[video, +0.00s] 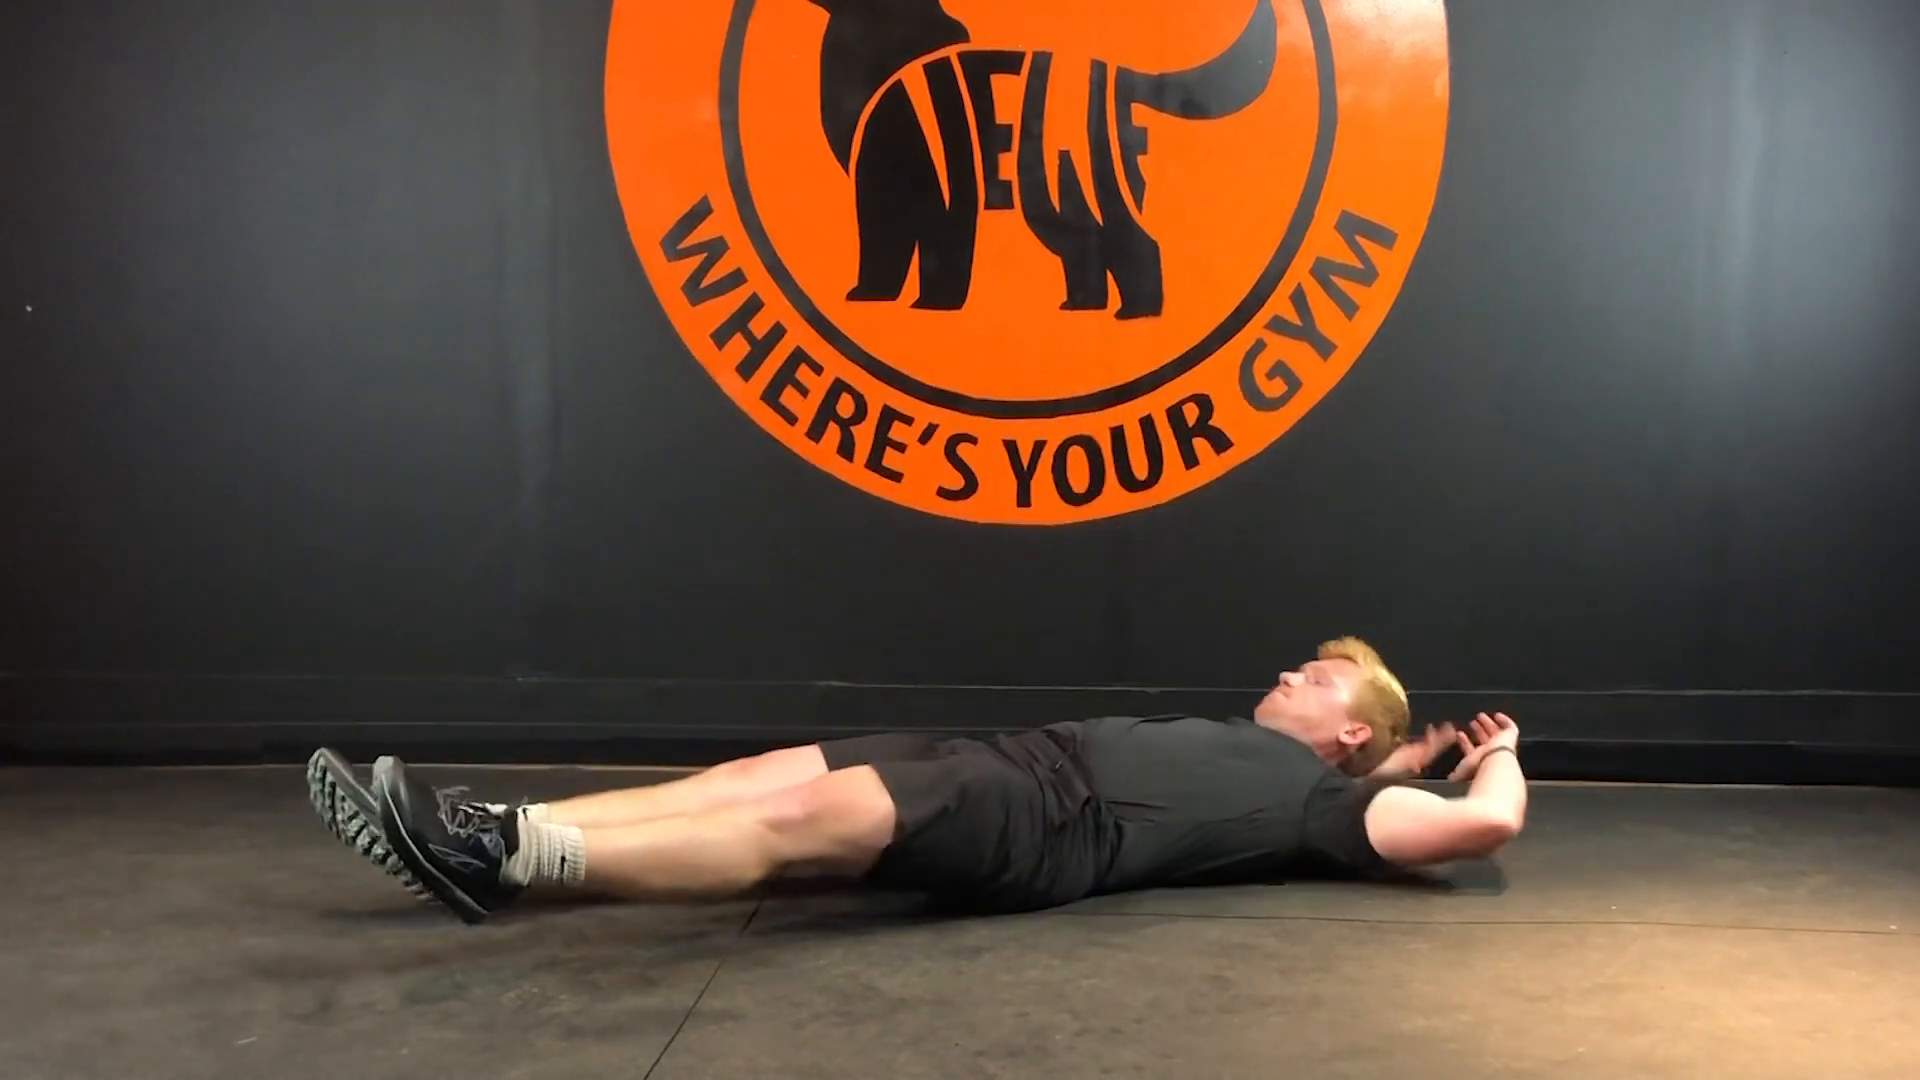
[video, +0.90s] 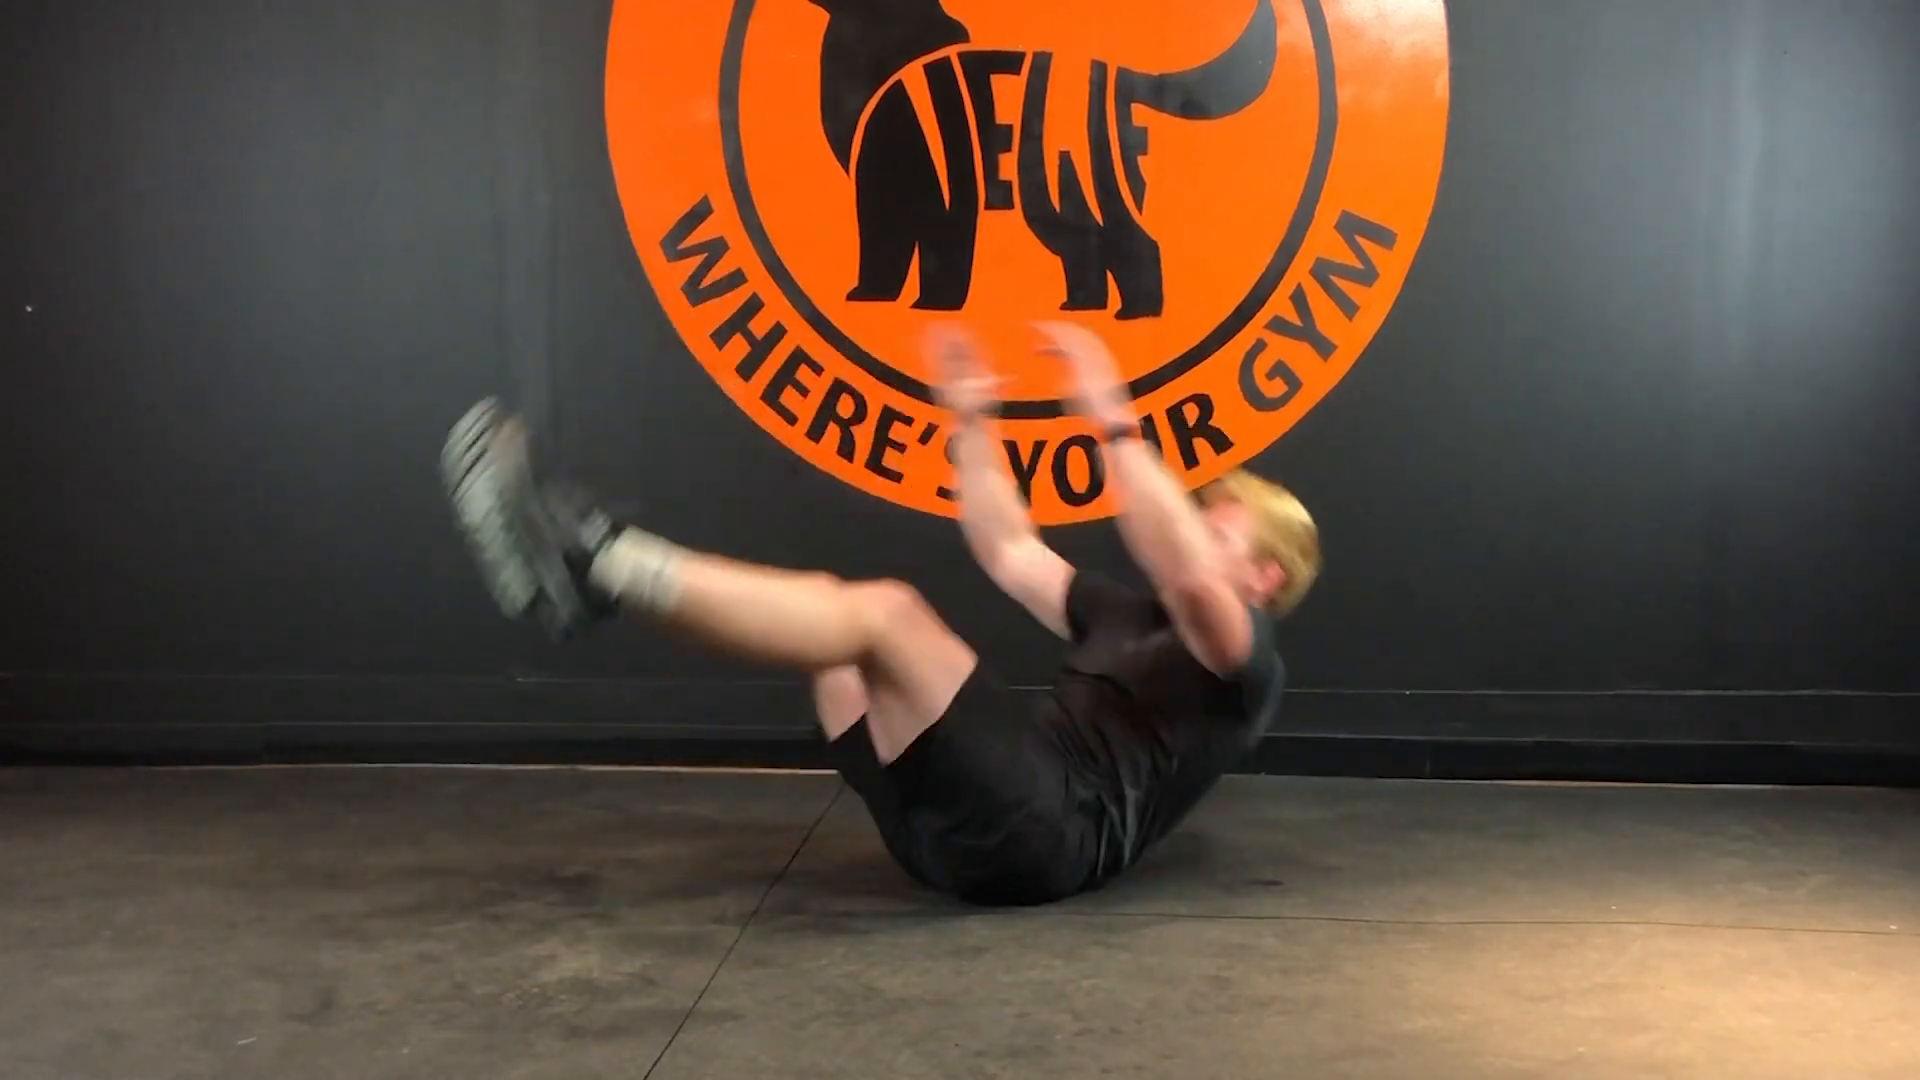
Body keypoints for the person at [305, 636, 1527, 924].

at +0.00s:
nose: (1293, 675)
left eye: (1321, 679)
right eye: (1300, 665)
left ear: (1359, 728)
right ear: (1290, 690)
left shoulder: (1330, 793)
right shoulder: (1214, 737)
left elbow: (1482, 830)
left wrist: (1488, 771)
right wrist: (1426, 754)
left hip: (1049, 800)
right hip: (975, 745)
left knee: (812, 803)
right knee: (759, 775)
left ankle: (501, 848)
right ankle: (492, 857)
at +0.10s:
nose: (1296, 682)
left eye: (1327, 686)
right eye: (1301, 672)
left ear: (1363, 734)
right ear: (1289, 693)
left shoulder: (1332, 796)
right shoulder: (1222, 739)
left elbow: (1478, 790)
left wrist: (1480, 718)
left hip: (1055, 800)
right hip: (978, 748)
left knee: (816, 796)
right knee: (765, 770)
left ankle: (505, 837)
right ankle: (498, 846)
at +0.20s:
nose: (1300, 670)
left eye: (1325, 671)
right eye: (1299, 657)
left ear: (1351, 716)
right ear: (1273, 683)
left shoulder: (1308, 787)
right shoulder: (1218, 736)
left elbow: (1392, 697)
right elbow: (1172, 651)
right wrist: (1280, 567)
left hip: (1049, 813)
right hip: (998, 767)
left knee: (818, 765)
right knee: (770, 741)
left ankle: (520, 805)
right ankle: (493, 781)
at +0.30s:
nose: (1275, 625)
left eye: (1299, 628)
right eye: (1277, 613)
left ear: (1333, 682)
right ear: (1262, 626)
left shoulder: (1294, 748)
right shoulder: (1191, 703)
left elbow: (1262, 677)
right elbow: (1093, 611)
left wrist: (1147, 529)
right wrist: (1109, 495)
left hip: (1045, 828)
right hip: (997, 791)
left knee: (809, 706)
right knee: (774, 685)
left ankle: (536, 735)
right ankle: (516, 707)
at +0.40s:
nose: (1207, 589)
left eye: (1236, 581)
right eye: (1214, 572)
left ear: (1289, 624)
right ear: (1219, 593)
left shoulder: (1271, 704)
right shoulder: (1161, 660)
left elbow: (1163, 640)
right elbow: (1033, 591)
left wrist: (1041, 531)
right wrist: (995, 476)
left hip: (1040, 833)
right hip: (973, 807)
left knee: (848, 649)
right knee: (808, 624)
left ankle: (564, 633)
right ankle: (541, 616)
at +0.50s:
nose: (1158, 537)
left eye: (1182, 529)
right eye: (1164, 521)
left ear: (1241, 567)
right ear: (1161, 531)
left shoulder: (1236, 659)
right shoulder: (1104, 610)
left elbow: (1120, 592)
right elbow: (984, 544)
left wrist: (986, 475)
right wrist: (911, 439)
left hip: (1025, 836)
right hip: (946, 824)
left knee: (905, 592)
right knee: (851, 589)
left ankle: (636, 522)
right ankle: (598, 526)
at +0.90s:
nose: (1190, 524)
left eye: (1219, 520)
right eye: (1200, 512)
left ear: (1261, 574)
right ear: (1208, 541)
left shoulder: (1247, 670)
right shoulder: (1128, 617)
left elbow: (1190, 576)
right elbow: (1011, 546)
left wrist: (1112, 418)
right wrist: (969, 413)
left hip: (1044, 827)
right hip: (967, 817)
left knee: (887, 612)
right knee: (833, 628)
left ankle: (605, 555)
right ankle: (558, 574)